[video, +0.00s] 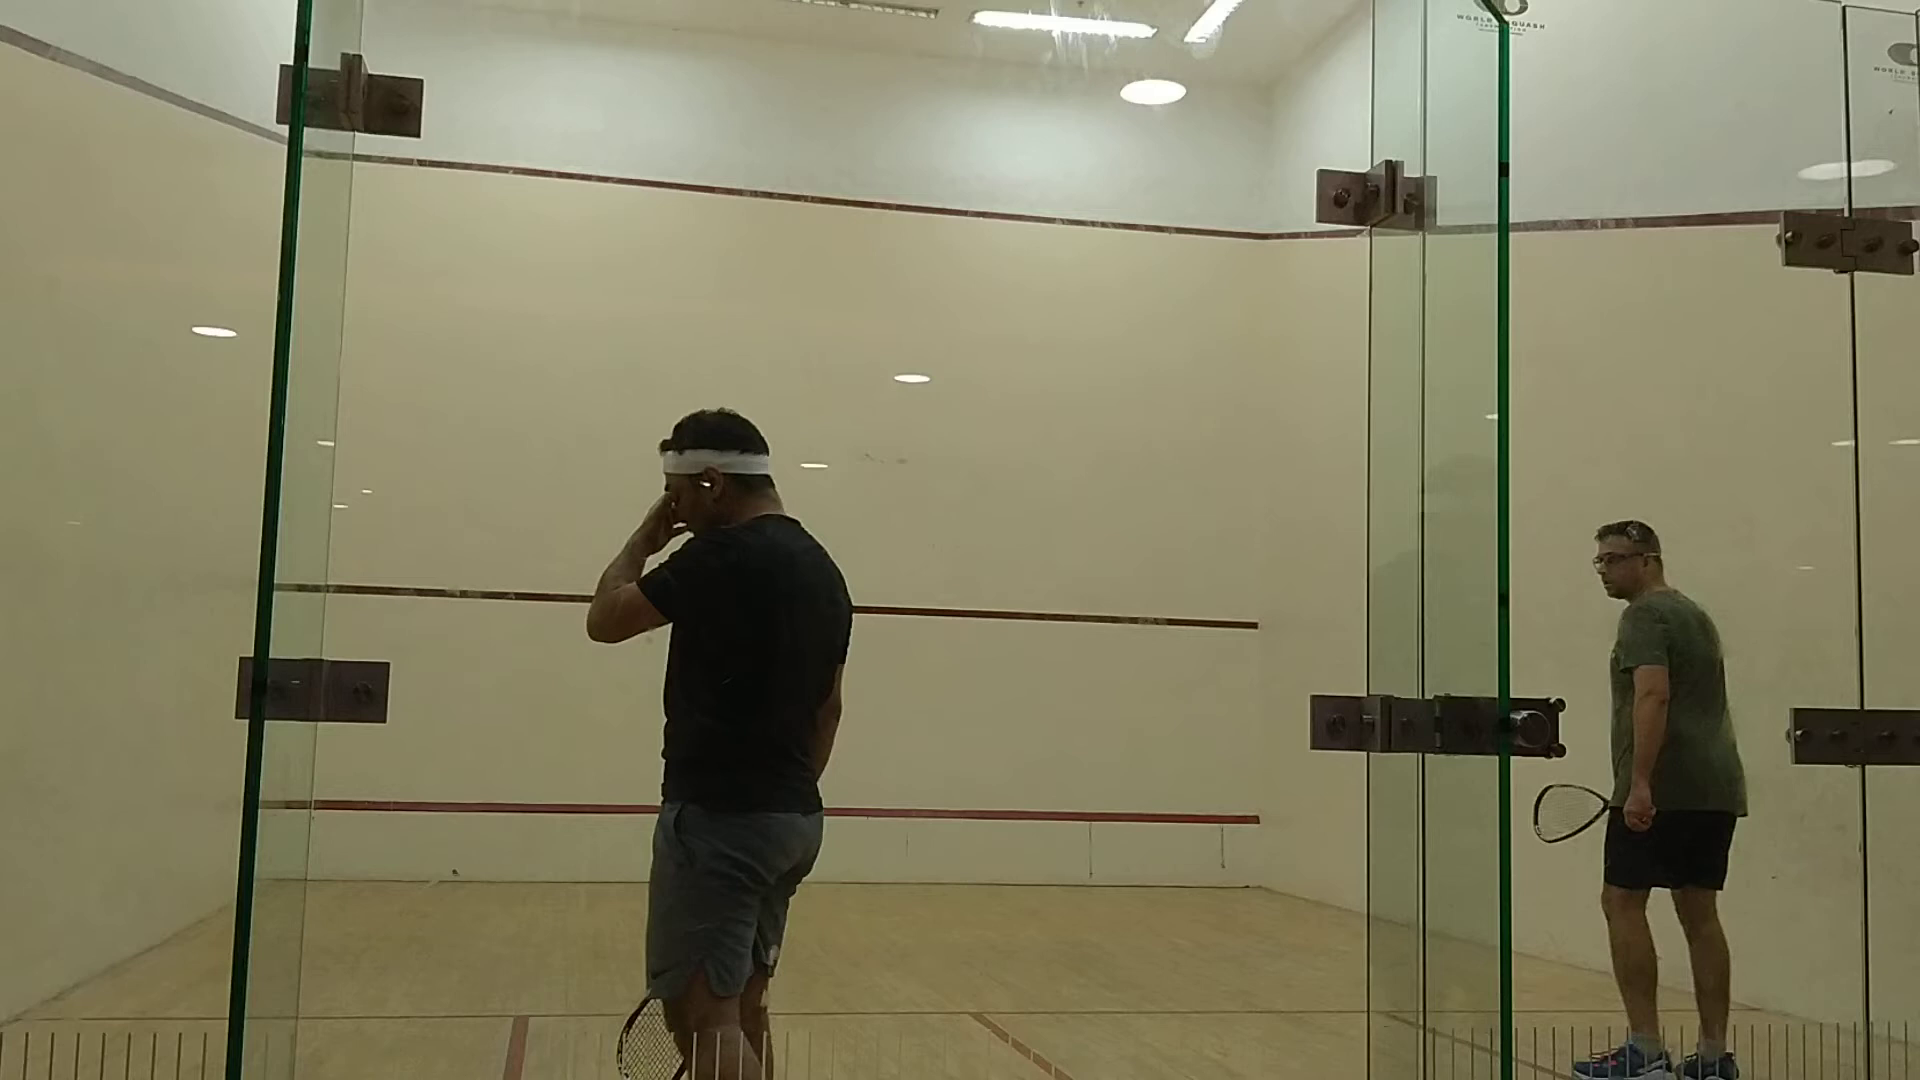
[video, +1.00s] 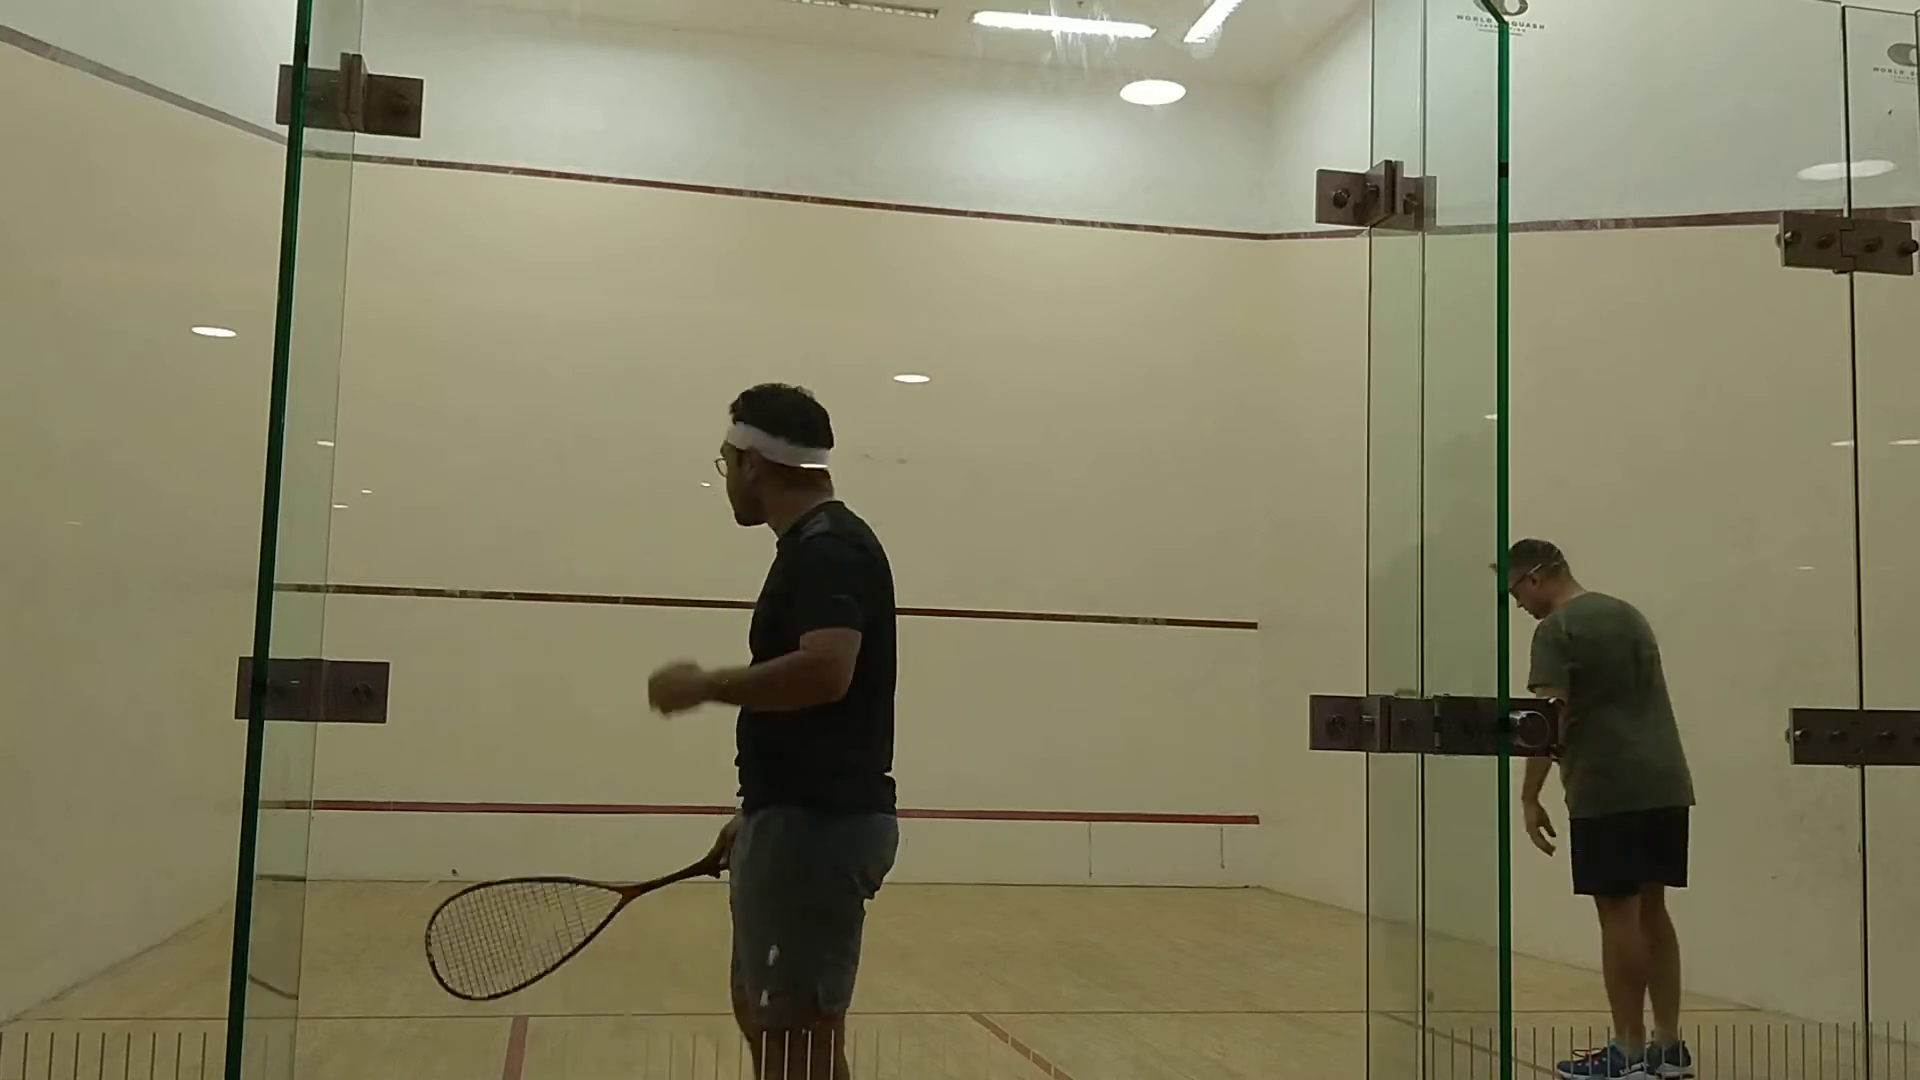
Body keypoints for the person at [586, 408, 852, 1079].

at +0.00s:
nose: (673, 504)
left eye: (677, 488)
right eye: (671, 490)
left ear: (712, 482)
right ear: (755, 476)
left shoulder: (718, 556)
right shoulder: (822, 568)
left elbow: (605, 619)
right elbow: (827, 705)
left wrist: (644, 538)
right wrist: (796, 797)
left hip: (715, 820)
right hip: (793, 819)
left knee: (704, 1015)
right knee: (745, 1004)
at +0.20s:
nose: (681, 503)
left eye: (686, 487)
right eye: (679, 488)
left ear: (731, 480)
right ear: (755, 477)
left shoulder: (744, 554)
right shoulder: (822, 560)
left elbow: (626, 623)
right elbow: (824, 718)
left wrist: (636, 547)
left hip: (741, 825)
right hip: (797, 822)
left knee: (740, 1030)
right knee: (757, 1023)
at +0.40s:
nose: (699, 494)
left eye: (710, 475)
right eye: (696, 479)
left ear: (769, 470)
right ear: (772, 473)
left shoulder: (798, 548)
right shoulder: (805, 548)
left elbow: (692, 631)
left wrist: (670, 546)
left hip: (777, 827)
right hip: (782, 822)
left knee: (763, 1036)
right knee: (776, 1030)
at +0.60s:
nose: (724, 488)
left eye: (739, 466)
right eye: (717, 470)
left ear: (794, 461)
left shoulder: (837, 537)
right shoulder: (786, 550)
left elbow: (757, 611)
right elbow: (779, 709)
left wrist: (719, 530)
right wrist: (736, 838)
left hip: (810, 824)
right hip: (760, 821)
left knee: (793, 1035)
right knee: (732, 1014)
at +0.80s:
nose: (731, 481)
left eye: (745, 459)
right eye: (726, 465)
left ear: (802, 454)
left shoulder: (856, 544)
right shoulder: (790, 553)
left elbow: (789, 630)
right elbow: (770, 705)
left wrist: (727, 543)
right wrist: (737, 821)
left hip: (820, 824)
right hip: (770, 821)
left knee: (801, 1038)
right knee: (741, 1018)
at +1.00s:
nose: (724, 481)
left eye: (727, 462)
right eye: (724, 464)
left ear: (757, 463)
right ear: (799, 461)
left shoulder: (830, 546)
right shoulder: (814, 545)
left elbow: (827, 669)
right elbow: (815, 707)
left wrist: (708, 683)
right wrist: (754, 814)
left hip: (819, 823)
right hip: (792, 820)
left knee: (800, 1034)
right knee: (759, 1010)